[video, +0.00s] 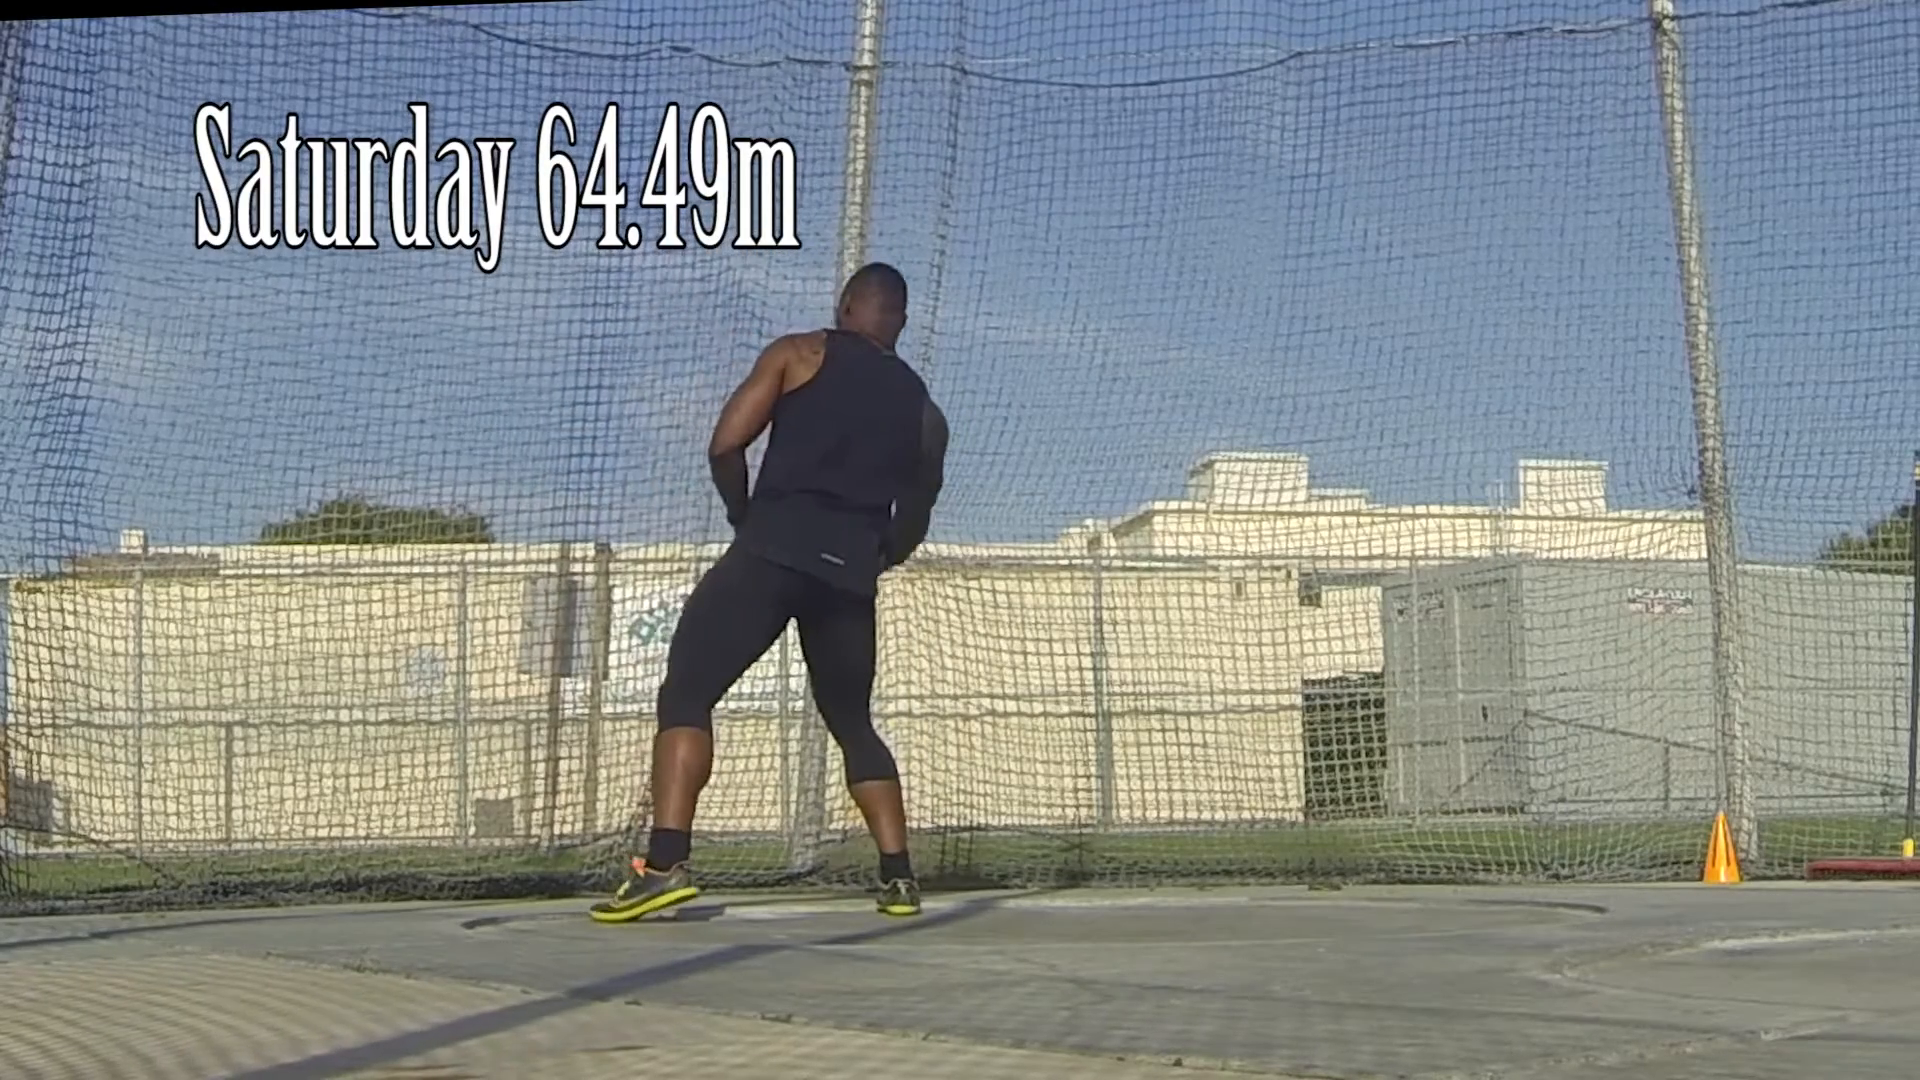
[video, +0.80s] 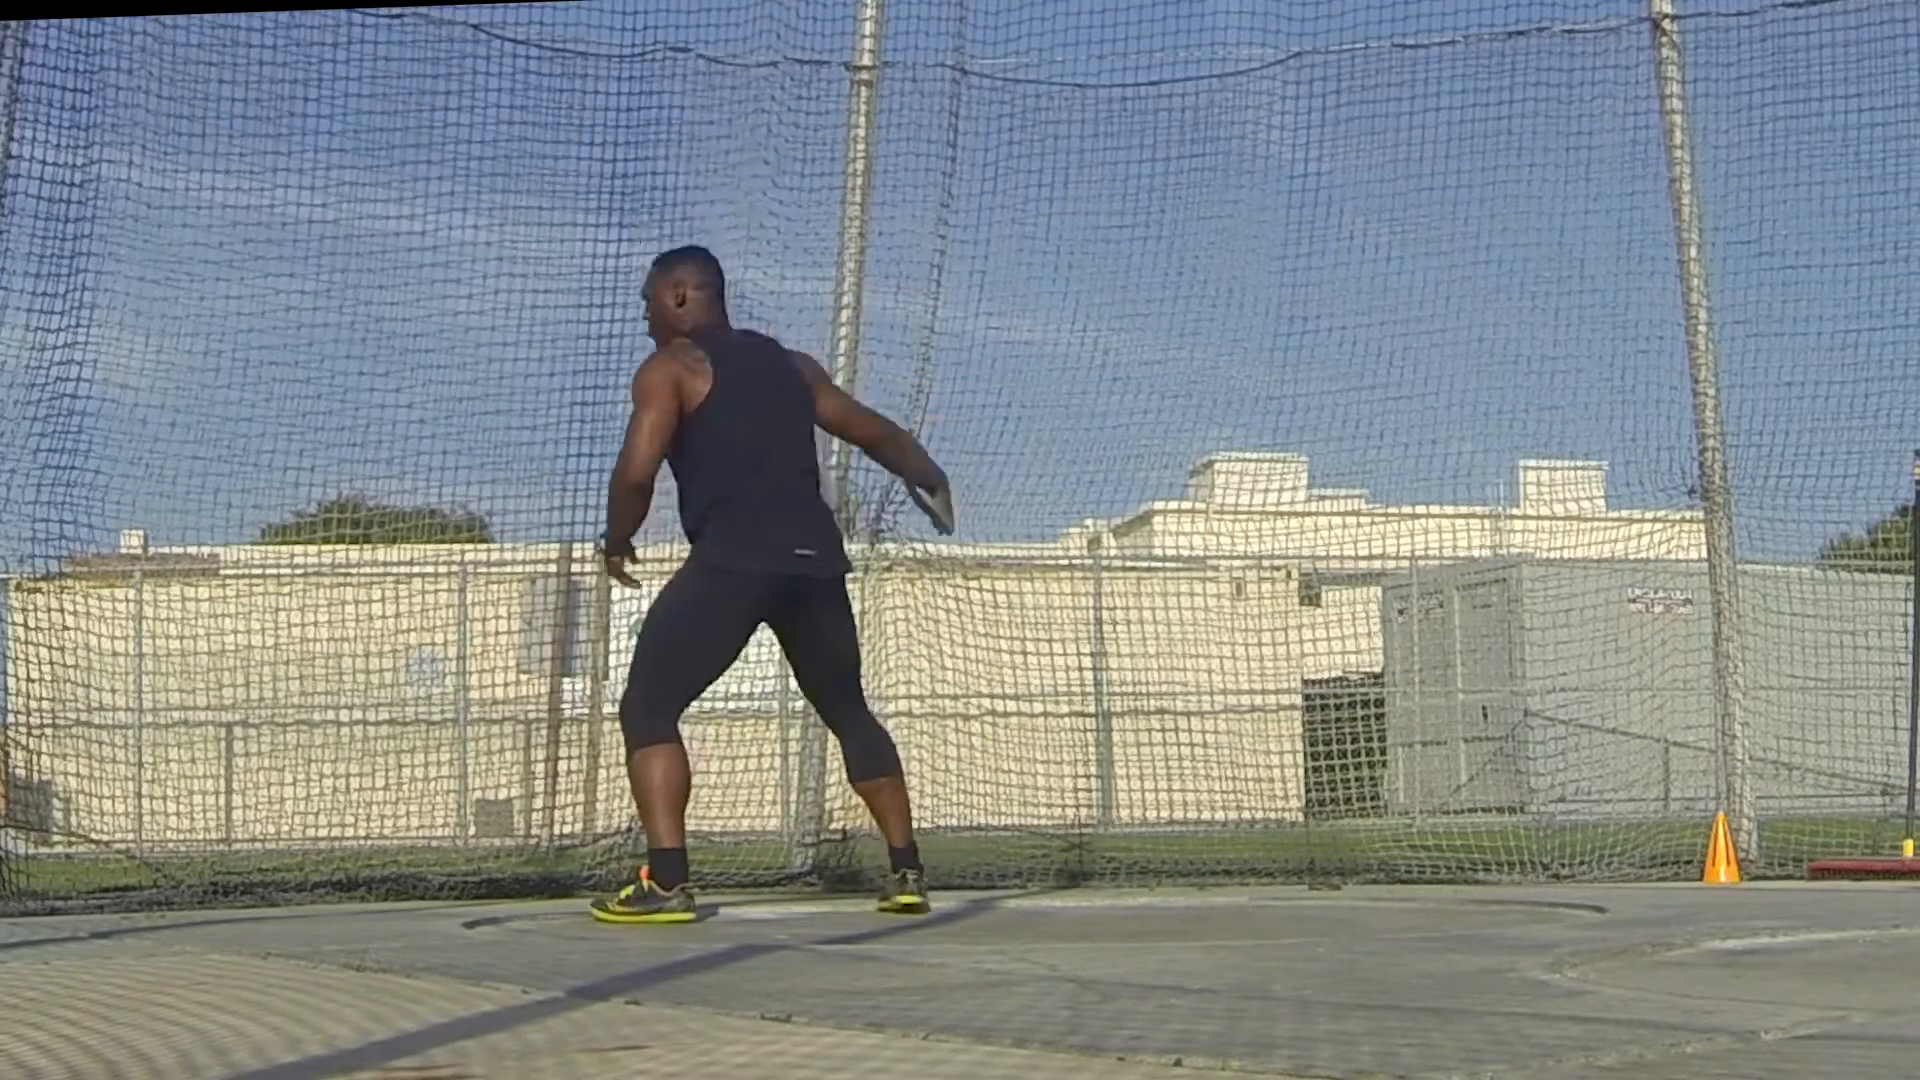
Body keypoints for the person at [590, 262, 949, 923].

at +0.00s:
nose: (849, 318)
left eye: (846, 308)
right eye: (880, 315)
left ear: (841, 311)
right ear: (902, 324)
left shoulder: (796, 352)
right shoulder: (926, 413)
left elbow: (725, 445)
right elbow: (916, 518)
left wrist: (744, 515)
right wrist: (876, 557)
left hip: (769, 554)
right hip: (850, 577)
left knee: (687, 693)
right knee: (853, 719)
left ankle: (665, 866)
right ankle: (899, 877)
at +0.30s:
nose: (856, 327)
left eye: (855, 318)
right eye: (881, 326)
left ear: (847, 320)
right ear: (903, 338)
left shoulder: (786, 358)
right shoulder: (917, 394)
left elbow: (702, 423)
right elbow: (932, 472)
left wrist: (676, 528)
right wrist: (968, 560)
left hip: (753, 555)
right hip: (840, 575)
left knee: (686, 696)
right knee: (867, 718)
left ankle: (644, 847)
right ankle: (899, 876)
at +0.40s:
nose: (857, 333)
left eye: (848, 322)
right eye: (881, 332)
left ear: (836, 326)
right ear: (892, 340)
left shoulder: (778, 362)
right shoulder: (903, 378)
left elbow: (690, 418)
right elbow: (950, 432)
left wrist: (661, 520)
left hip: (749, 555)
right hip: (838, 573)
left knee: (679, 697)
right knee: (869, 718)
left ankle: (651, 856)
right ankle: (900, 877)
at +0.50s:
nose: (827, 331)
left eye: (821, 322)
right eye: (845, 329)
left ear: (810, 329)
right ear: (867, 343)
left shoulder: (758, 367)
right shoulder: (884, 376)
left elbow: (673, 424)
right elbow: (960, 392)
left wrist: (651, 529)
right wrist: (1007, 391)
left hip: (746, 561)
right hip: (837, 575)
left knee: (668, 698)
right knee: (867, 716)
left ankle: (657, 864)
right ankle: (900, 877)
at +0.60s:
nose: (756, 339)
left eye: (757, 332)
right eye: (766, 335)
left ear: (765, 333)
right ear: (822, 338)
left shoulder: (729, 371)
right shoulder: (860, 376)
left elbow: (657, 432)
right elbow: (947, 392)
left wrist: (646, 533)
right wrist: (1031, 390)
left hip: (743, 567)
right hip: (832, 576)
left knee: (657, 705)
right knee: (864, 718)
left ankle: (662, 872)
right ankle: (901, 874)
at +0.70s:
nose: (695, 336)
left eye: (697, 327)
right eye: (697, 328)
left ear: (713, 323)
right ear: (763, 323)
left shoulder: (692, 373)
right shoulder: (828, 374)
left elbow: (644, 448)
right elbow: (930, 408)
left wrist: (637, 532)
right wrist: (1023, 431)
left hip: (738, 569)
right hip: (824, 574)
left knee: (648, 708)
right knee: (857, 715)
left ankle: (666, 881)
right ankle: (903, 875)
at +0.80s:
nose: (646, 318)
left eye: (650, 304)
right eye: (645, 306)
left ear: (681, 298)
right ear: (714, 300)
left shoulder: (670, 365)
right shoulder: (792, 366)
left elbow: (635, 472)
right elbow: (873, 430)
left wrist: (616, 540)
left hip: (732, 562)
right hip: (814, 566)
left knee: (648, 707)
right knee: (849, 710)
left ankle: (666, 881)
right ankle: (908, 870)